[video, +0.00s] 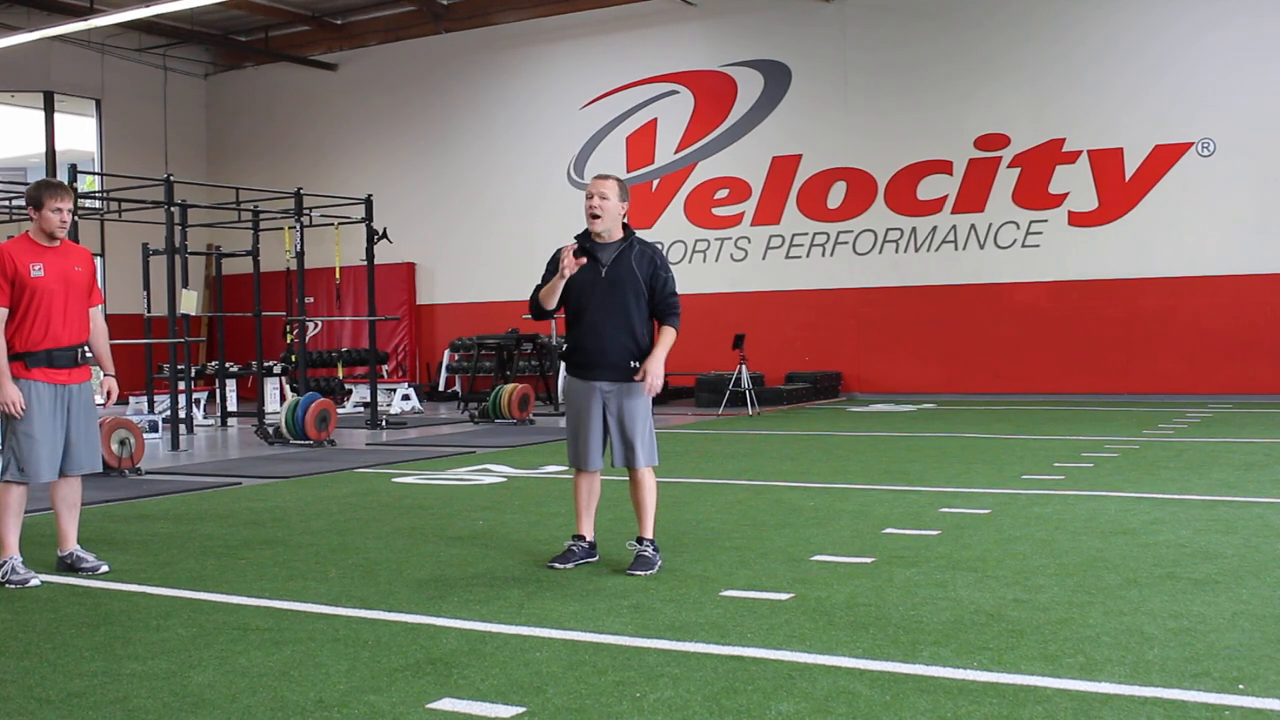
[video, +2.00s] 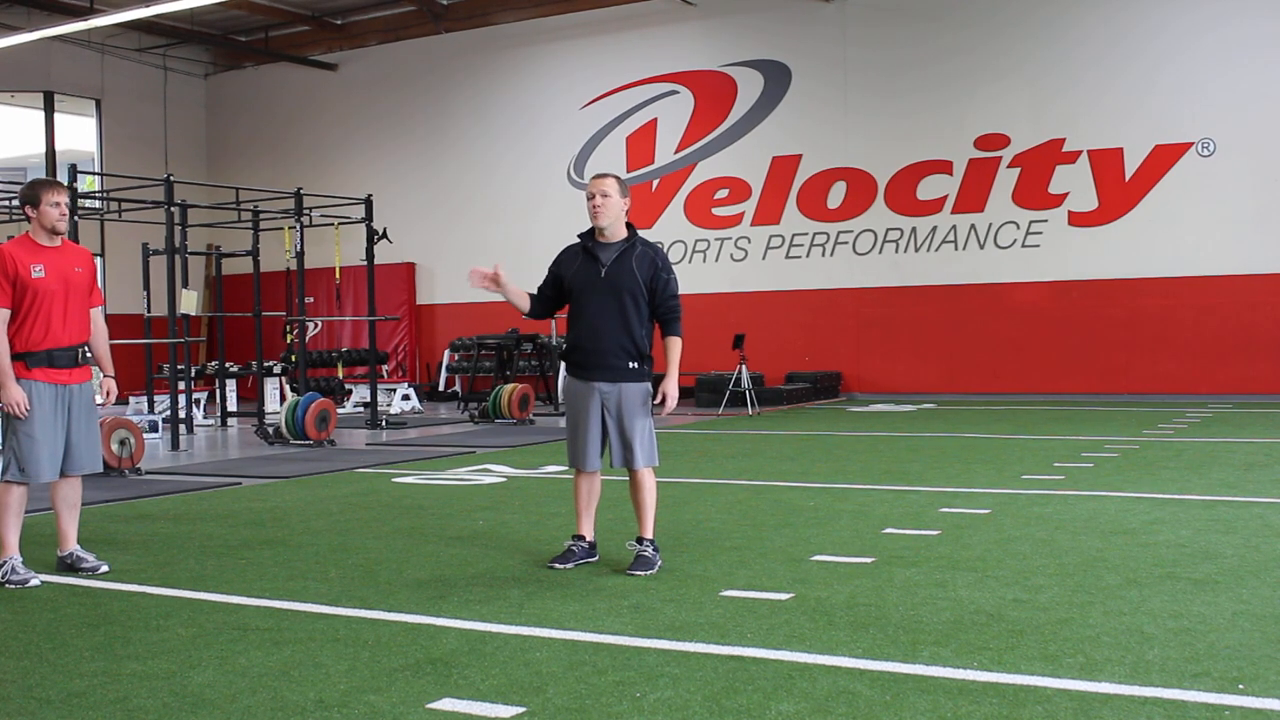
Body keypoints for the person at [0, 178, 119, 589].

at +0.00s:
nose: (65, 218)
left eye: (69, 211)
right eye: (56, 211)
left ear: (72, 213)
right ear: (33, 212)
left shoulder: (83, 257)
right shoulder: (10, 254)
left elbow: (95, 321)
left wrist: (109, 371)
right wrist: (5, 381)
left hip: (76, 376)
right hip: (28, 378)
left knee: (71, 466)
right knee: (18, 472)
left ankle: (69, 550)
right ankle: (10, 559)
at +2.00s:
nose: (64, 211)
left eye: (66, 205)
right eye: (54, 205)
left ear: (69, 210)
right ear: (31, 211)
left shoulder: (83, 257)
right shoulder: (10, 255)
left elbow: (95, 321)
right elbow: (0, 326)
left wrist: (108, 372)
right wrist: (7, 382)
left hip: (76, 377)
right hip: (30, 378)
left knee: (71, 466)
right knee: (18, 473)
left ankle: (69, 551)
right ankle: (9, 559)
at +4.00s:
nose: (66, 213)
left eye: (69, 206)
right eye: (57, 206)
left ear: (70, 210)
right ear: (33, 211)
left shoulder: (84, 257)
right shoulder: (11, 255)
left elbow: (96, 319)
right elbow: (0, 326)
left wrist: (109, 371)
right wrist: (7, 382)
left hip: (77, 376)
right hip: (30, 378)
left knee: (72, 466)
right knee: (18, 473)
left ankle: (69, 551)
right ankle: (9, 560)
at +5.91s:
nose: (67, 214)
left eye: (70, 207)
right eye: (59, 208)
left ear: (72, 211)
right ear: (35, 212)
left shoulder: (85, 257)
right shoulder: (11, 255)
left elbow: (97, 319)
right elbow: (1, 325)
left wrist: (111, 371)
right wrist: (7, 381)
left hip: (77, 377)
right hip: (30, 378)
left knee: (72, 466)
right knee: (19, 473)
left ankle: (69, 551)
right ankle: (10, 559)